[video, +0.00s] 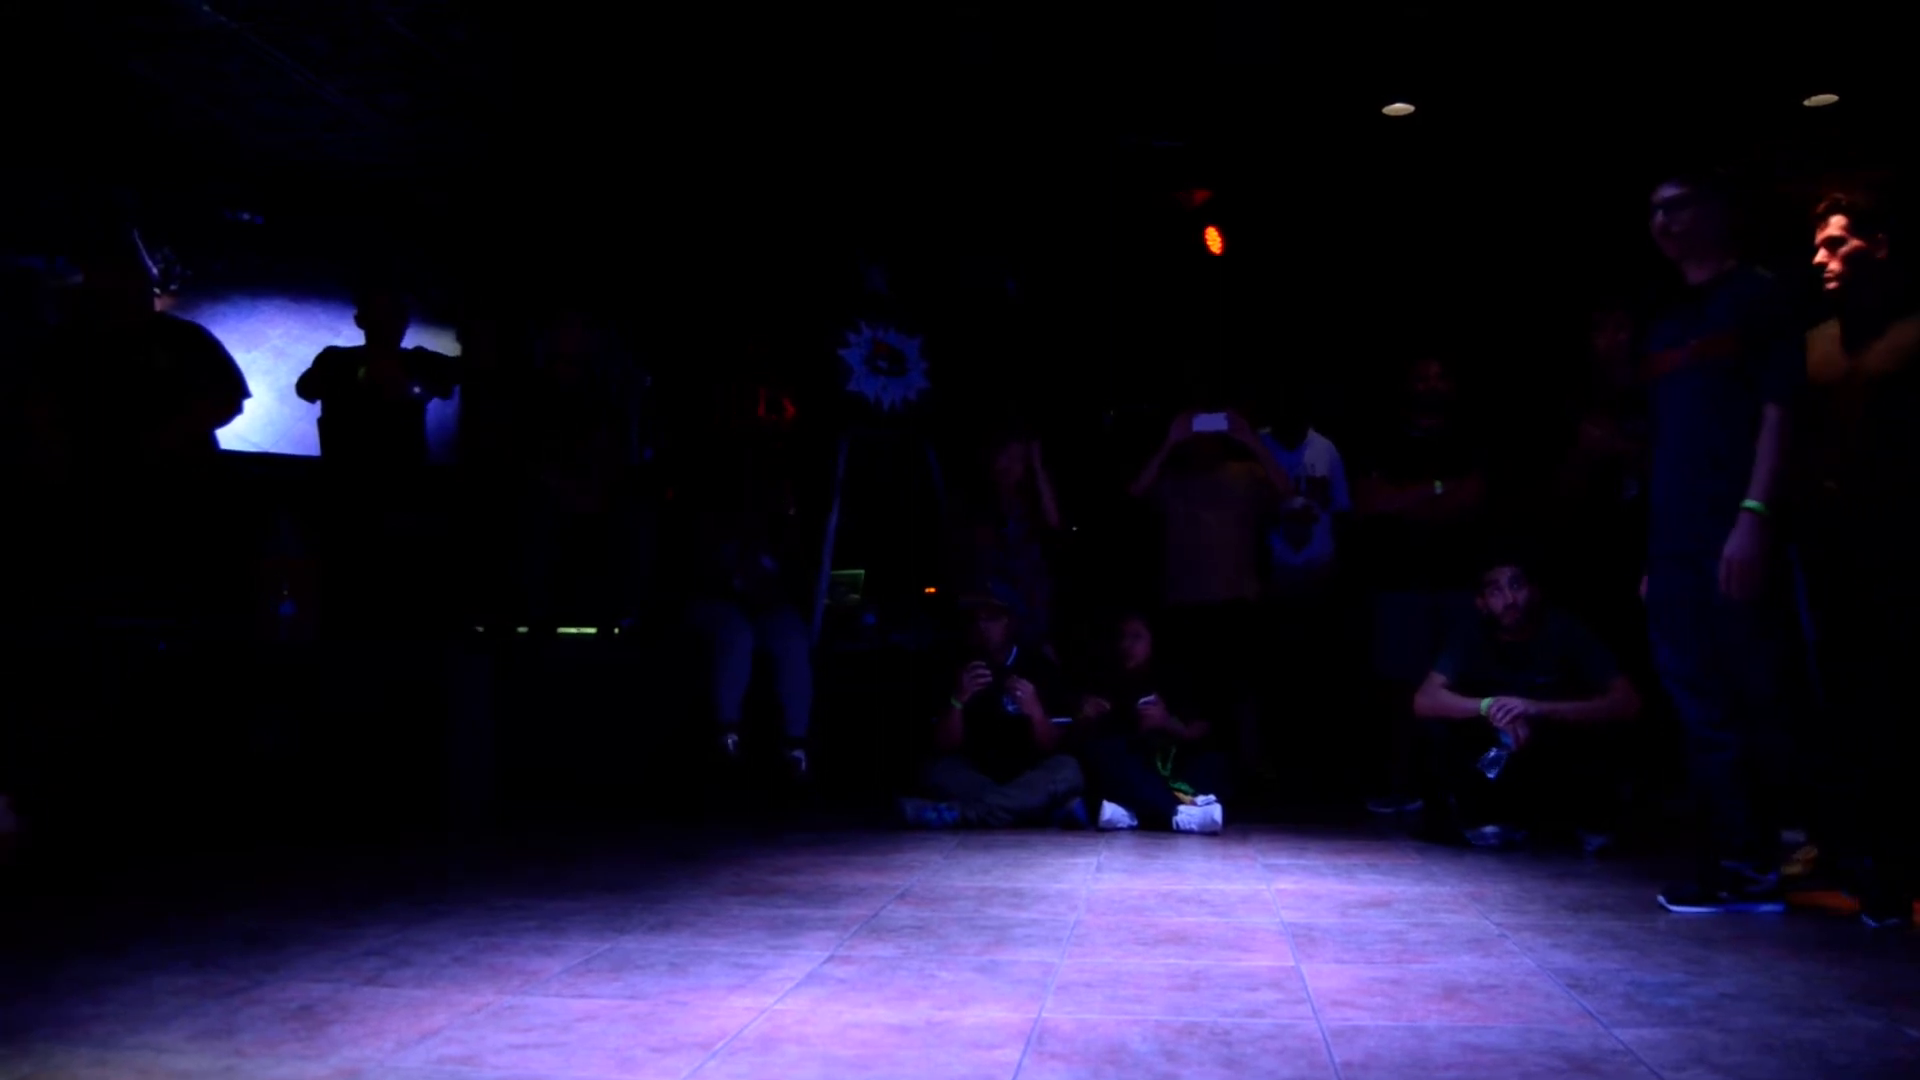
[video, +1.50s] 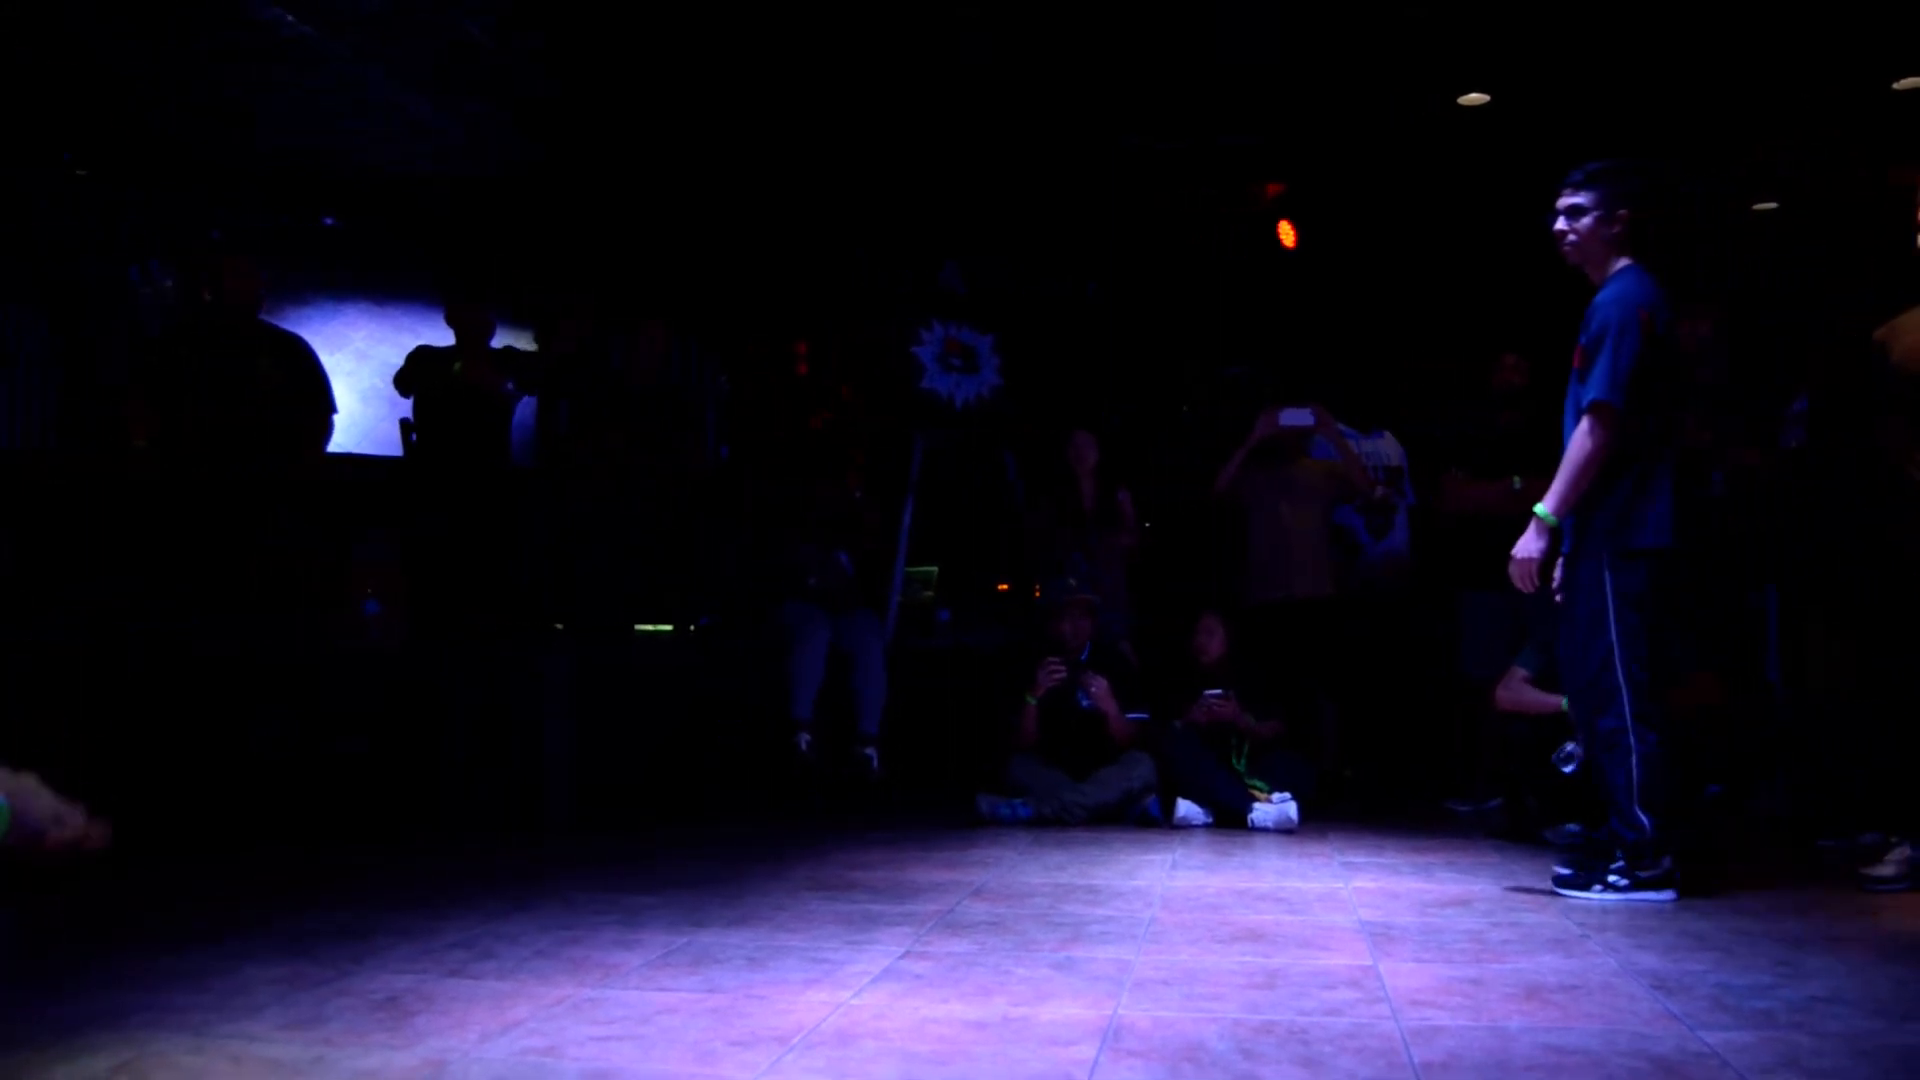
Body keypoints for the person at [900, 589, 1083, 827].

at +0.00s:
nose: (983, 629)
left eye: (992, 619)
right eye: (976, 620)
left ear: (1009, 623)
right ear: (968, 626)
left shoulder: (1033, 665)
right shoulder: (954, 666)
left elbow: (1050, 743)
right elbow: (945, 744)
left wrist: (1033, 710)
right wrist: (959, 700)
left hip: (1025, 762)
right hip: (973, 763)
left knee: (1067, 771)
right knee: (939, 772)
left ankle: (963, 814)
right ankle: (1043, 813)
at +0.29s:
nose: (988, 627)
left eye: (997, 618)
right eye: (982, 619)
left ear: (1017, 623)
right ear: (975, 625)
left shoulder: (1041, 665)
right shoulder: (962, 666)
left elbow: (1058, 743)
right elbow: (951, 743)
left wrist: (1040, 710)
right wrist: (966, 699)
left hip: (1032, 763)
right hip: (979, 764)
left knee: (1074, 771)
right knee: (945, 772)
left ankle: (969, 814)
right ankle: (1049, 813)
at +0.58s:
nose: (1037, 625)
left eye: (1045, 616)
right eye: (1031, 617)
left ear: (1062, 621)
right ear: (1022, 624)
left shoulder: (1085, 661)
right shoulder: (1010, 662)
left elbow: (1102, 741)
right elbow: (996, 740)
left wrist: (1083, 706)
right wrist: (1010, 695)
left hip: (1076, 757)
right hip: (1025, 758)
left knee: (1117, 767)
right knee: (991, 769)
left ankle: (1014, 810)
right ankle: (1094, 809)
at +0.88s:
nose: (1059, 627)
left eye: (1067, 618)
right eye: (1052, 619)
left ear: (1082, 623)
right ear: (1043, 625)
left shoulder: (1105, 662)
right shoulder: (1030, 663)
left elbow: (1124, 740)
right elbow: (1016, 741)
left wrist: (1104, 706)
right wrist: (1031, 696)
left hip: (1097, 759)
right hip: (1045, 759)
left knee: (1138, 768)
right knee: (1011, 769)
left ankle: (1034, 811)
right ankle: (1113, 811)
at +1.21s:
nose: (1068, 625)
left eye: (1076, 616)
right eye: (1060, 617)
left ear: (1088, 621)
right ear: (1049, 623)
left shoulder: (1110, 659)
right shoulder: (1035, 662)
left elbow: (1128, 738)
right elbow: (1023, 743)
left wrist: (1108, 705)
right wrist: (1034, 695)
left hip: (1102, 756)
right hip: (1051, 757)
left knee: (1141, 766)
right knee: (1017, 768)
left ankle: (1037, 809)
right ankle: (1118, 809)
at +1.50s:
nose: (1073, 628)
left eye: (1080, 619)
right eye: (1065, 619)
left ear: (1092, 623)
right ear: (1052, 624)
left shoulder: (1110, 661)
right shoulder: (1039, 663)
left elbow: (1128, 738)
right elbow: (1024, 743)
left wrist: (1108, 705)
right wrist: (1035, 695)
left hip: (1102, 757)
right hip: (1052, 757)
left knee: (1141, 766)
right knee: (1018, 768)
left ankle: (1036, 809)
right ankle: (1121, 808)